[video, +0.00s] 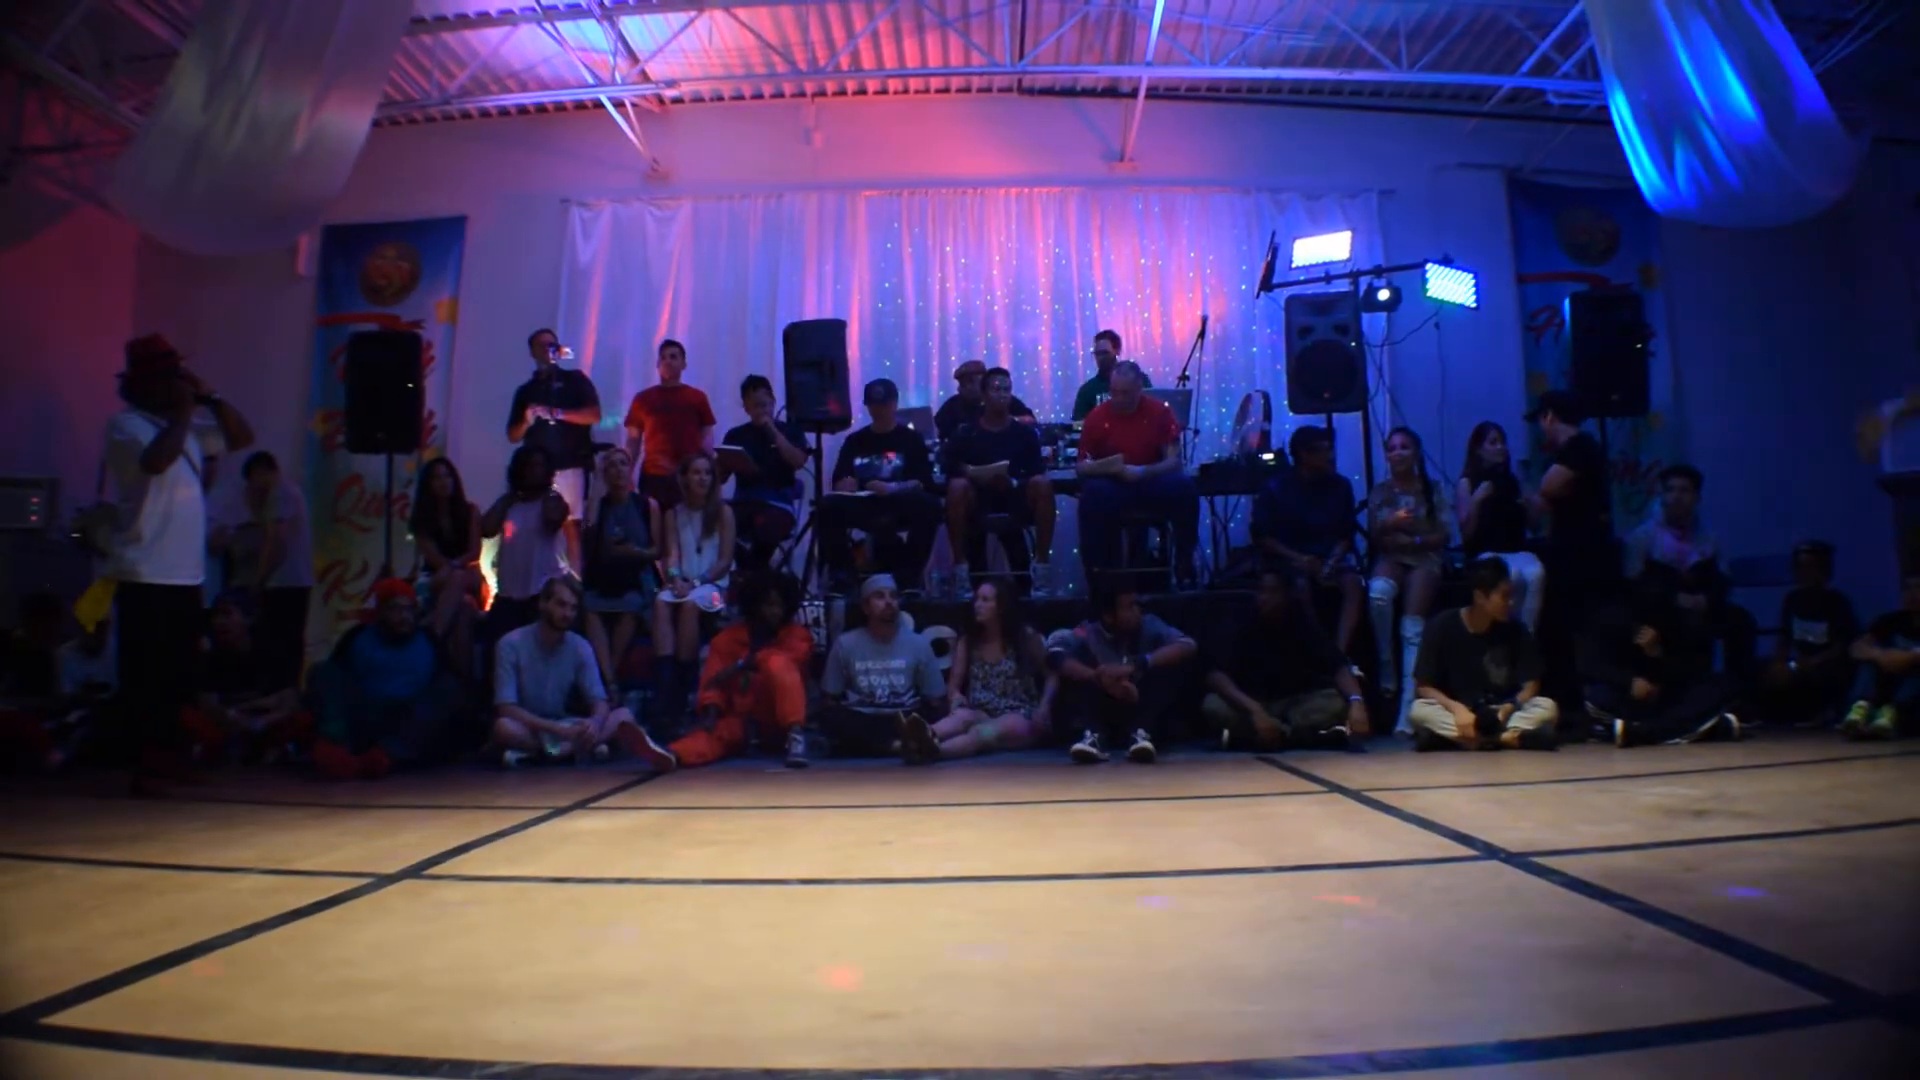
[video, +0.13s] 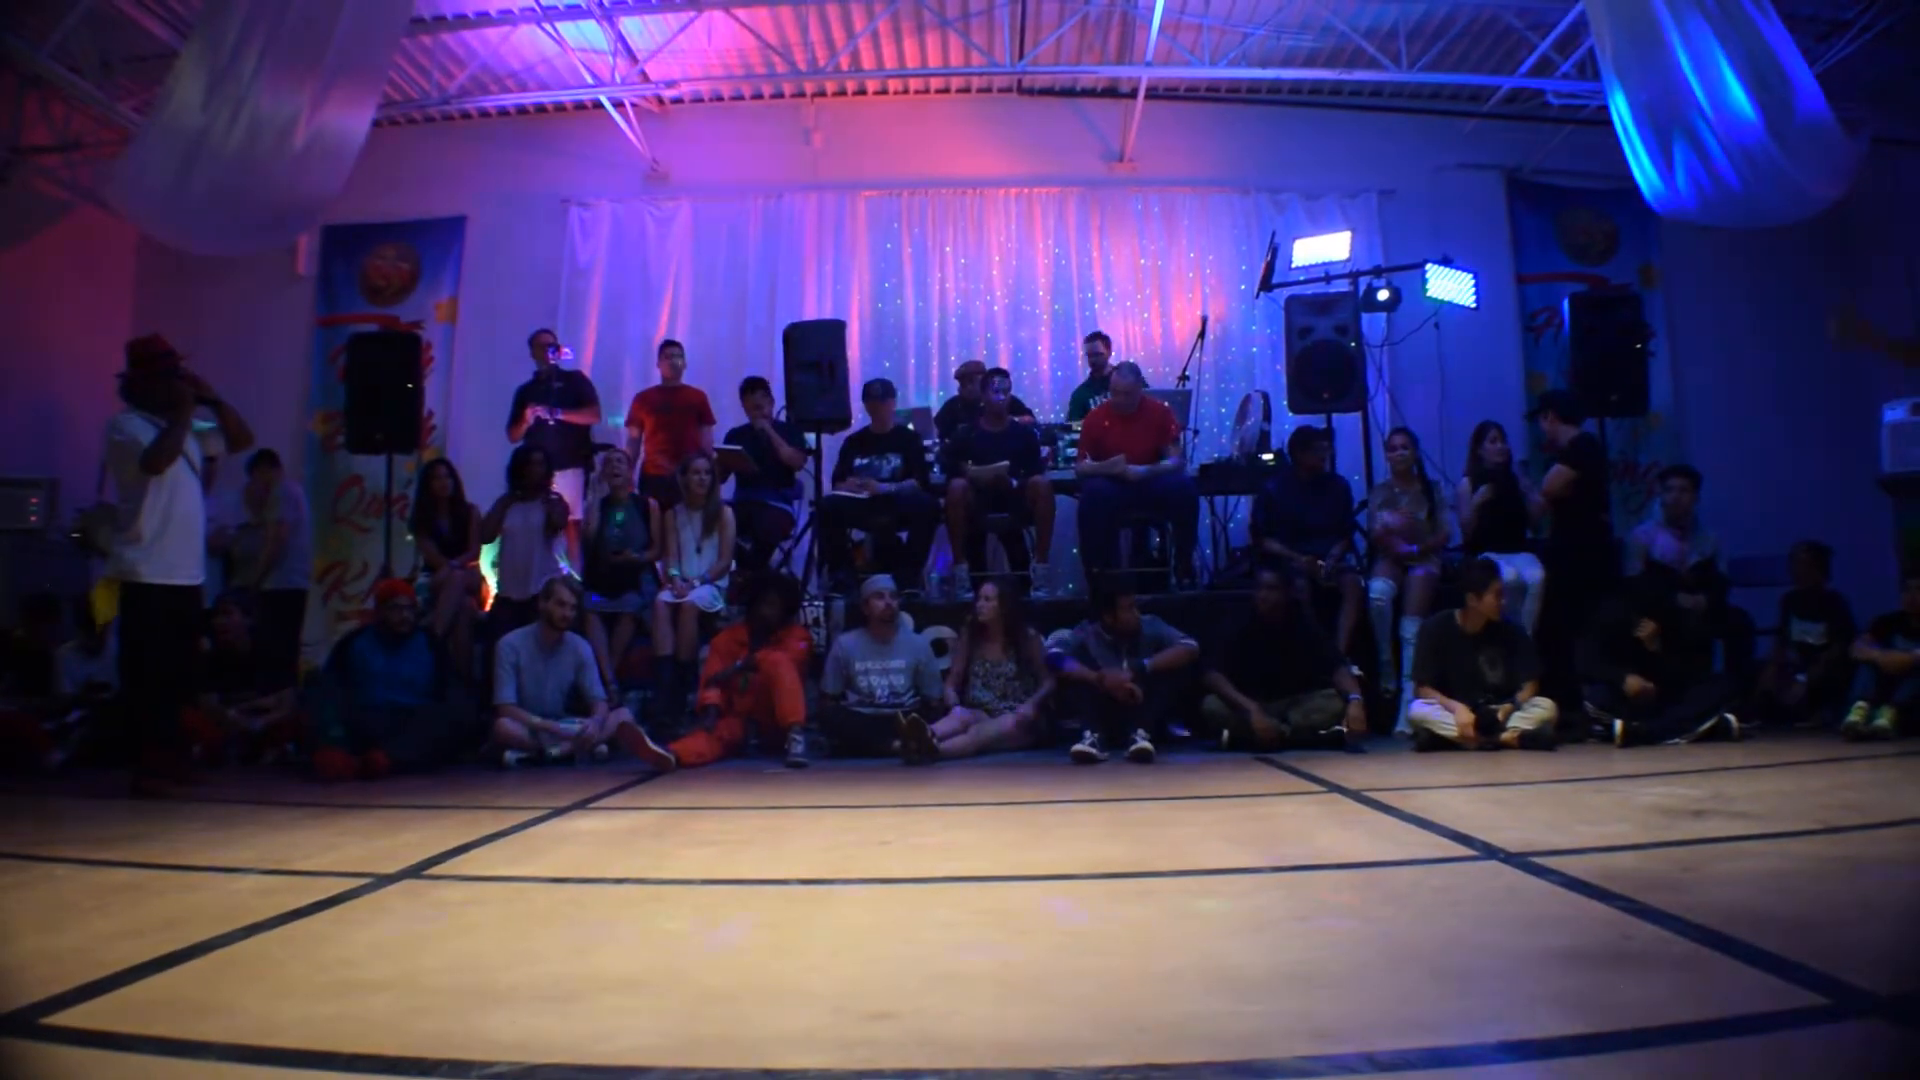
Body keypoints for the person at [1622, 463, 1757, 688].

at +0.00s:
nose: (1677, 498)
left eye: (1684, 491)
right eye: (1670, 490)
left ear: (1696, 498)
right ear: (1662, 495)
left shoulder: (1707, 539)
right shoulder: (1644, 538)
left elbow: (1722, 580)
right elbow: (1637, 584)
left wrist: (1706, 598)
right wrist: (1674, 598)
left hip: (1702, 609)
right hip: (1661, 611)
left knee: (1741, 622)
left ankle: (1738, 689)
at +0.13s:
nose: (1676, 498)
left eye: (1683, 491)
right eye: (1669, 490)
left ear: (1695, 497)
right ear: (1661, 495)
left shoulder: (1707, 538)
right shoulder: (1644, 537)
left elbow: (1720, 581)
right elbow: (1636, 583)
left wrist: (1705, 599)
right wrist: (1673, 598)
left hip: (1700, 611)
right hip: (1660, 611)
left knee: (1740, 622)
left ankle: (1739, 692)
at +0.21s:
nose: (1675, 498)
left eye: (1683, 491)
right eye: (1669, 490)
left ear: (1694, 498)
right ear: (1660, 496)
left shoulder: (1707, 541)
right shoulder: (1642, 539)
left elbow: (1720, 582)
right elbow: (1635, 584)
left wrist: (1704, 600)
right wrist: (1673, 598)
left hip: (1700, 614)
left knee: (1740, 621)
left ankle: (1737, 694)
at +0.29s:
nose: (1675, 498)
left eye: (1683, 491)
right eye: (1669, 491)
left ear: (1695, 498)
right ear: (1660, 496)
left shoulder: (1706, 541)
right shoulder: (1642, 538)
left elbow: (1718, 582)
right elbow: (1635, 584)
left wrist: (1704, 601)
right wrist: (1673, 599)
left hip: (1699, 613)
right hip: (1658, 612)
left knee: (1738, 622)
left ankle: (1739, 698)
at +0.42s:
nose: (1675, 498)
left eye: (1683, 491)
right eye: (1669, 491)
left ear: (1695, 498)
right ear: (1660, 496)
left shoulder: (1706, 541)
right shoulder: (1642, 539)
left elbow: (1720, 582)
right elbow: (1635, 583)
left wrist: (1703, 601)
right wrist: (1673, 599)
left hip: (1699, 613)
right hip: (1658, 612)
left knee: (1740, 622)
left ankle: (1739, 695)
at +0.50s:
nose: (1676, 498)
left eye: (1683, 491)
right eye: (1669, 490)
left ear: (1695, 498)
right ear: (1661, 496)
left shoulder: (1706, 541)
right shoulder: (1643, 539)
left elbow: (1720, 583)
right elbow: (1637, 584)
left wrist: (1704, 600)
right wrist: (1674, 598)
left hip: (1700, 612)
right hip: (1658, 612)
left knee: (1740, 622)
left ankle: (1737, 695)